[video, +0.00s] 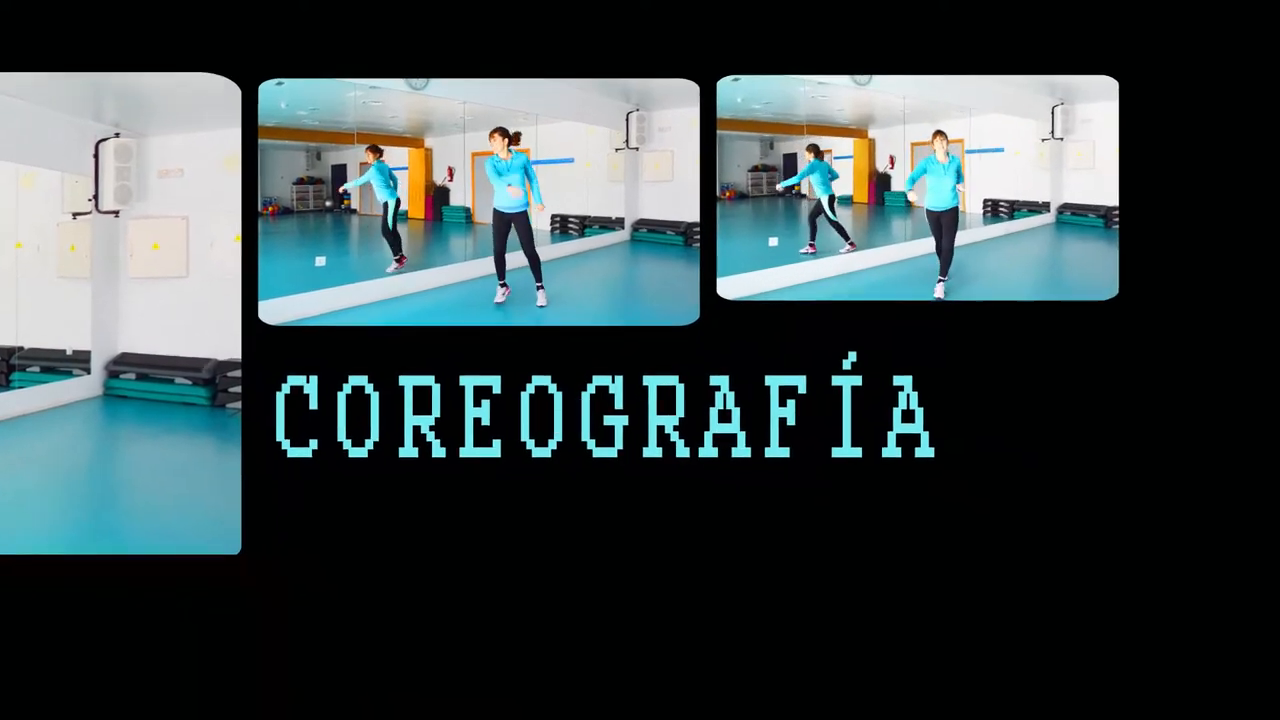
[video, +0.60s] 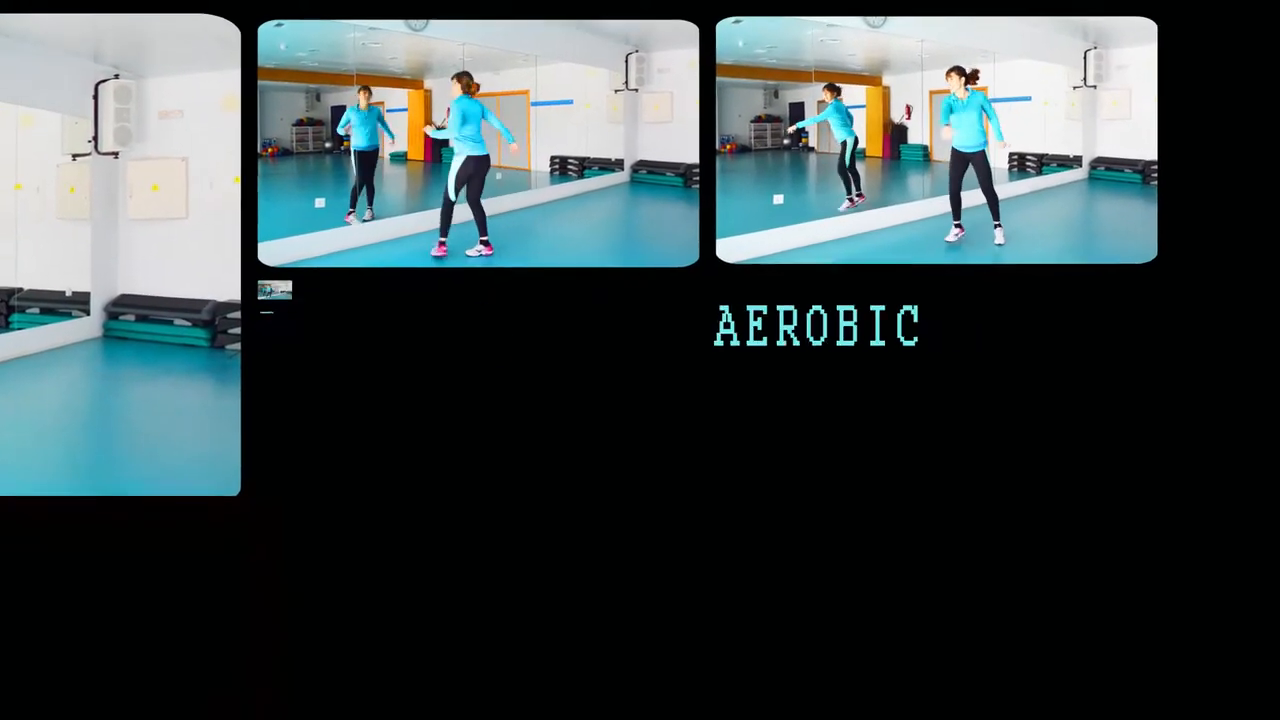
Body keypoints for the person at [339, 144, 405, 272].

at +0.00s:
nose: (367, 157)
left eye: (369, 154)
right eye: (367, 155)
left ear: (375, 155)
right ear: (378, 155)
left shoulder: (374, 169)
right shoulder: (384, 166)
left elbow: (359, 181)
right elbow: (395, 179)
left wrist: (344, 186)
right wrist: (393, 193)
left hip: (389, 200)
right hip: (392, 199)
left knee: (386, 230)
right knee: (392, 229)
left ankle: (398, 259)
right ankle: (400, 256)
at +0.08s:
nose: (361, 153)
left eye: (362, 151)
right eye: (361, 151)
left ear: (370, 151)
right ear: (370, 151)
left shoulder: (370, 163)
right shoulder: (376, 162)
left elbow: (353, 175)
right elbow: (386, 173)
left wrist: (331, 182)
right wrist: (381, 185)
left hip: (385, 197)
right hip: (386, 196)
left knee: (377, 225)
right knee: (388, 224)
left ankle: (380, 256)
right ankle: (397, 251)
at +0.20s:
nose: (354, 146)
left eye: (355, 143)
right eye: (353, 144)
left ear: (361, 143)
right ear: (361, 144)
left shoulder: (366, 154)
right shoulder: (363, 155)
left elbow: (357, 165)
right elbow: (362, 168)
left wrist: (347, 170)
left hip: (377, 190)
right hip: (374, 190)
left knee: (365, 217)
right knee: (381, 216)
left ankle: (361, 249)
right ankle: (392, 240)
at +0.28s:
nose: (350, 136)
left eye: (352, 133)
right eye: (350, 133)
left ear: (358, 134)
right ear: (354, 134)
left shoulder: (363, 146)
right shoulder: (357, 147)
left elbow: (370, 159)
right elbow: (360, 163)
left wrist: (372, 168)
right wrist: (352, 163)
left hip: (371, 181)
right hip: (366, 182)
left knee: (359, 209)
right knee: (370, 209)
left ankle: (358, 241)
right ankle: (387, 229)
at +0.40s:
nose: (350, 120)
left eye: (353, 117)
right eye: (349, 117)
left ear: (359, 119)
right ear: (348, 119)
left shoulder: (364, 132)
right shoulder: (353, 134)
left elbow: (381, 141)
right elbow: (350, 148)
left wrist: (399, 151)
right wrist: (337, 147)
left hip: (370, 169)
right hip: (358, 170)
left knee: (360, 198)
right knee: (352, 199)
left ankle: (360, 228)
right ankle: (370, 214)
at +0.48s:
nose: (353, 110)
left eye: (355, 108)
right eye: (352, 108)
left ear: (362, 109)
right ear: (350, 110)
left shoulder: (369, 124)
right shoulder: (349, 126)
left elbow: (385, 133)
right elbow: (345, 140)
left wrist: (401, 143)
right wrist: (333, 142)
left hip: (370, 161)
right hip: (356, 162)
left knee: (364, 190)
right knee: (352, 192)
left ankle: (364, 219)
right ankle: (358, 214)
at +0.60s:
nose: (365, 96)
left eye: (367, 93)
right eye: (363, 93)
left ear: (370, 96)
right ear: (359, 96)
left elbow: (384, 124)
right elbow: (339, 128)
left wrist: (391, 136)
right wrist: (344, 132)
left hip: (373, 147)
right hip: (358, 148)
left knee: (369, 180)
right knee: (360, 180)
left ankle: (369, 209)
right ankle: (351, 211)